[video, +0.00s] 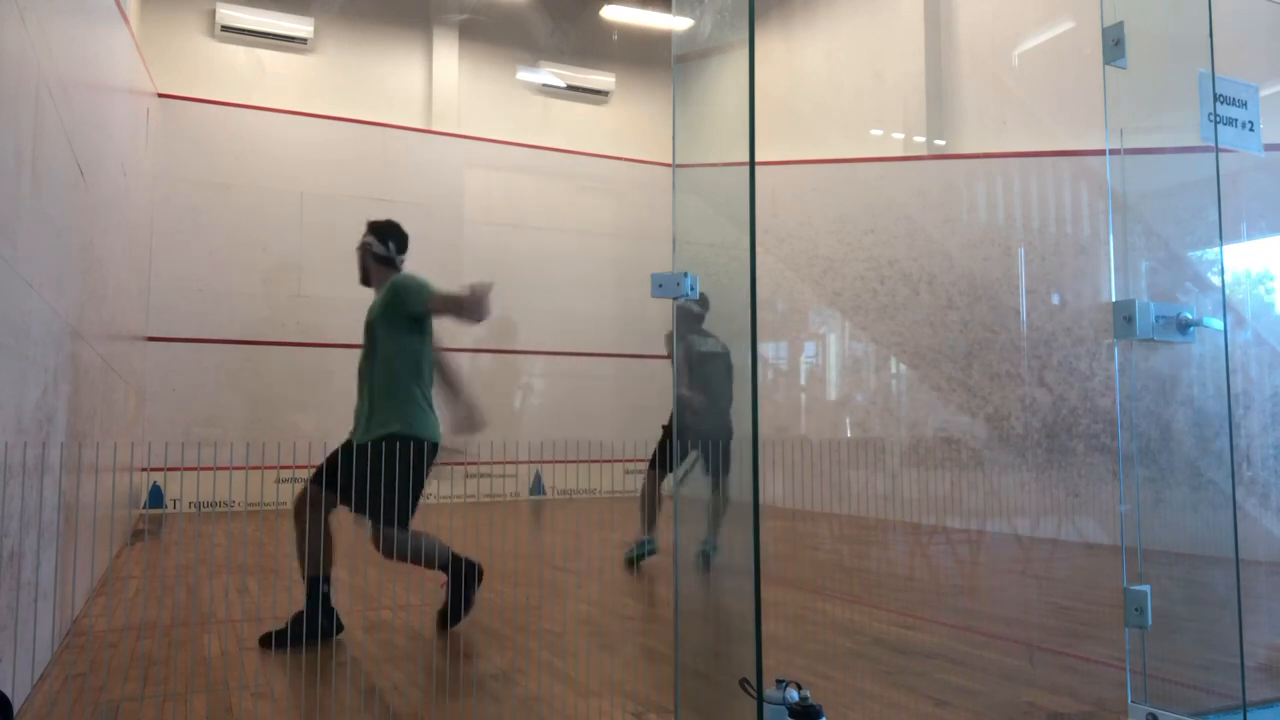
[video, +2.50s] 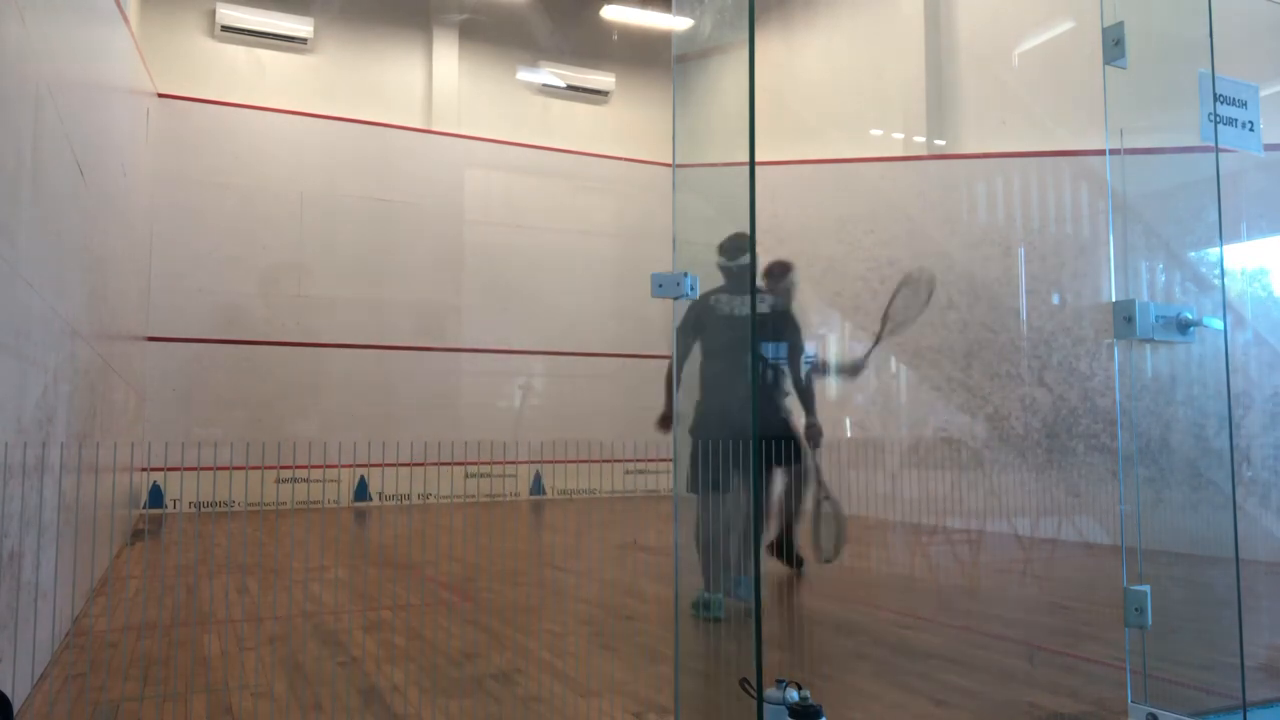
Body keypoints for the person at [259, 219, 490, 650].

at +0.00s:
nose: (357, 260)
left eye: (362, 252)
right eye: (359, 252)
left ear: (376, 256)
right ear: (389, 258)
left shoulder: (403, 289)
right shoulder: (387, 305)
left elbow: (451, 303)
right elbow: (437, 359)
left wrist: (471, 303)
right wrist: (463, 407)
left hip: (406, 435)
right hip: (371, 437)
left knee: (389, 539)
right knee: (308, 506)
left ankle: (461, 570)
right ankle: (318, 611)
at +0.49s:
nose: (499, 270)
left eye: (498, 263)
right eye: (510, 263)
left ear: (494, 266)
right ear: (528, 267)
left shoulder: (491, 302)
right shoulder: (549, 314)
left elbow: (481, 347)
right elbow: (566, 377)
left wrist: (437, 381)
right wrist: (548, 419)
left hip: (498, 433)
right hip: (539, 436)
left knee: (453, 506)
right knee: (546, 505)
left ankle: (468, 605)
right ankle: (604, 580)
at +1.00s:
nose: (641, 283)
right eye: (640, 278)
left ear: (606, 282)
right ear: (637, 281)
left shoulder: (587, 314)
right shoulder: (647, 316)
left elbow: (555, 354)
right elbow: (675, 360)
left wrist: (588, 348)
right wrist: (694, 405)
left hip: (605, 421)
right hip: (641, 420)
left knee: (632, 499)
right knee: (654, 489)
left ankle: (661, 568)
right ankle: (670, 555)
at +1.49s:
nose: (664, 293)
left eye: (662, 285)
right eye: (663, 286)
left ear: (631, 287)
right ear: (655, 288)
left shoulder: (608, 317)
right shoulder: (659, 319)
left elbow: (584, 355)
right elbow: (666, 372)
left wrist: (613, 366)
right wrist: (683, 397)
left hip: (615, 418)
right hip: (650, 419)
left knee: (603, 481)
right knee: (662, 483)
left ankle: (589, 549)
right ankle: (668, 550)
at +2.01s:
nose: (667, 293)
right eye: (667, 287)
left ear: (640, 286)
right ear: (666, 289)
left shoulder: (618, 318)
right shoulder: (668, 322)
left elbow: (587, 348)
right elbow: (670, 373)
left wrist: (605, 383)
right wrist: (695, 376)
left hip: (625, 416)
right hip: (662, 416)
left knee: (606, 478)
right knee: (684, 474)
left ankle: (596, 544)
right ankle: (688, 543)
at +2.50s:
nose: (734, 271)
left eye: (733, 264)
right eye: (734, 263)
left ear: (721, 265)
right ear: (755, 262)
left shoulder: (704, 307)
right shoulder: (776, 308)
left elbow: (676, 360)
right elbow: (798, 368)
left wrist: (668, 407)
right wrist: (811, 417)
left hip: (715, 423)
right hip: (762, 422)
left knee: (709, 506)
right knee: (753, 505)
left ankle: (713, 589)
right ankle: (744, 585)